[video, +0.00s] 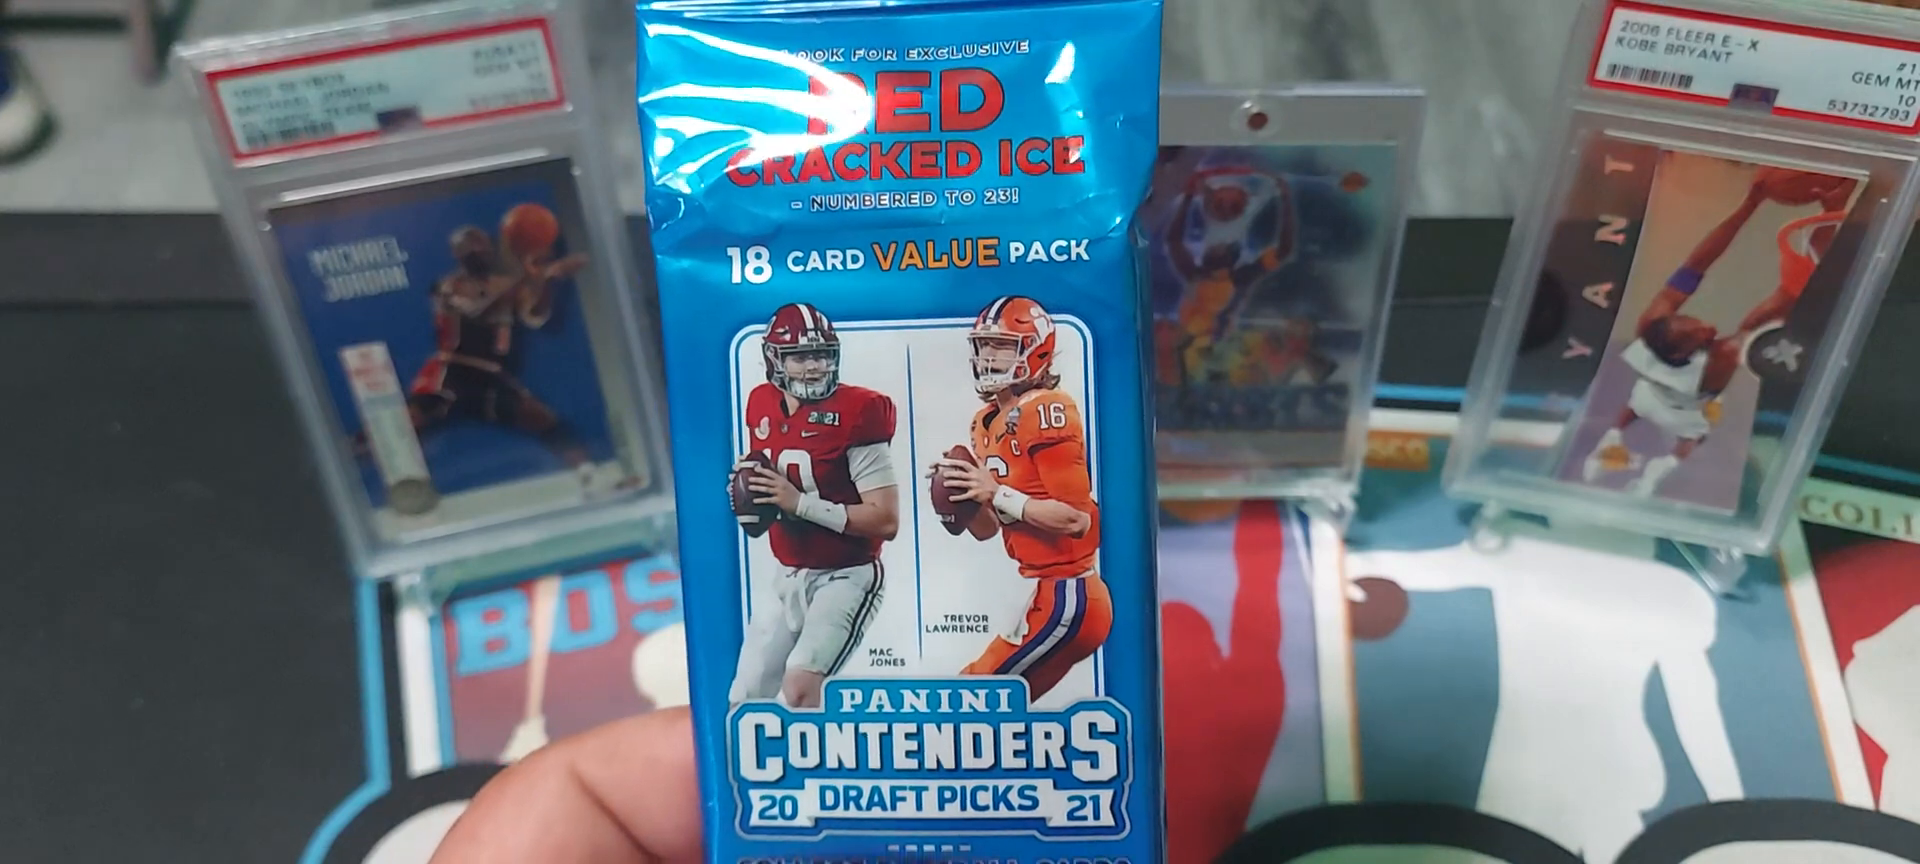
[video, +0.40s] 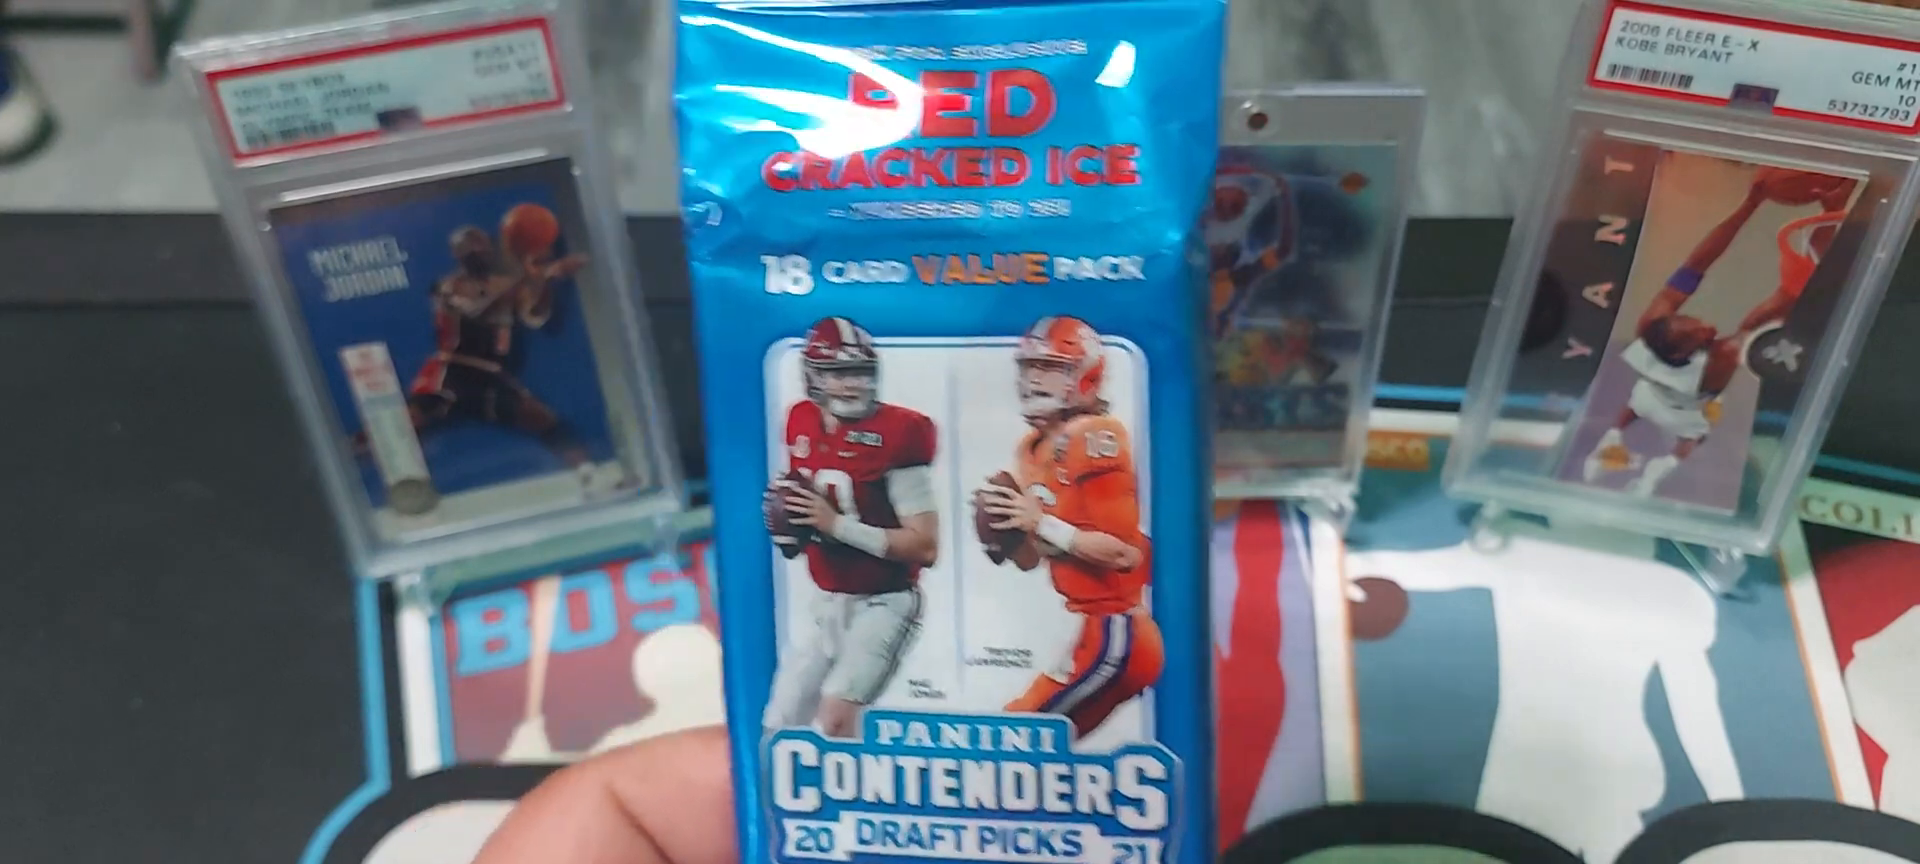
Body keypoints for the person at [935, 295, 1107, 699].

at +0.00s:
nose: (988, 359)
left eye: (1002, 348)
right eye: (983, 347)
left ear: (1034, 353)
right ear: (974, 350)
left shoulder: (1046, 410)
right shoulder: (985, 422)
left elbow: (1074, 517)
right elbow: (984, 528)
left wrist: (996, 492)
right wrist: (957, 491)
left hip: (1067, 597)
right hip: (1050, 594)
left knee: (964, 702)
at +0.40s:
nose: (1033, 381)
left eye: (1049, 369)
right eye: (1028, 367)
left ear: (1083, 378)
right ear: (1018, 371)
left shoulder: (1095, 435)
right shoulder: (1032, 447)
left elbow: (1124, 551)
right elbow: (1029, 558)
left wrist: (1041, 523)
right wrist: (999, 528)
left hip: (1115, 633)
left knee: (1012, 739)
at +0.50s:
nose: (1087, 412)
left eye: (1103, 399)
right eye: (1082, 398)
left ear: (1139, 409)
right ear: (1074, 401)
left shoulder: (1151, 468)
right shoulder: (1086, 479)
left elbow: (1180, 587)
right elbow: (1081, 592)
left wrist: (1093, 556)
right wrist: (1050, 563)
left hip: (1169, 672)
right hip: (1145, 668)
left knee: (1057, 778)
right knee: (1073, 788)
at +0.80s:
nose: (1142, 409)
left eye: (1158, 398)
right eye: (1139, 397)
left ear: (1194, 406)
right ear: (1130, 400)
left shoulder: (1203, 468)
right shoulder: (1134, 474)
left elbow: (1222, 584)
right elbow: (1126, 588)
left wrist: (1140, 551)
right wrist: (1097, 555)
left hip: (1210, 669)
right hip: (1186, 664)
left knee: (1093, 768)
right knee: (1108, 779)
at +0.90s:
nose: (1163, 391)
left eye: (1180, 381)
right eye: (1160, 378)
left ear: (1216, 390)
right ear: (1150, 380)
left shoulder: (1222, 451)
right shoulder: (1154, 455)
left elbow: (1234, 567)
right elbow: (1141, 568)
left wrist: (1154, 532)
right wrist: (1115, 532)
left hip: (1221, 649)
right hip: (1198, 644)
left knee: (1102, 744)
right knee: (1118, 756)